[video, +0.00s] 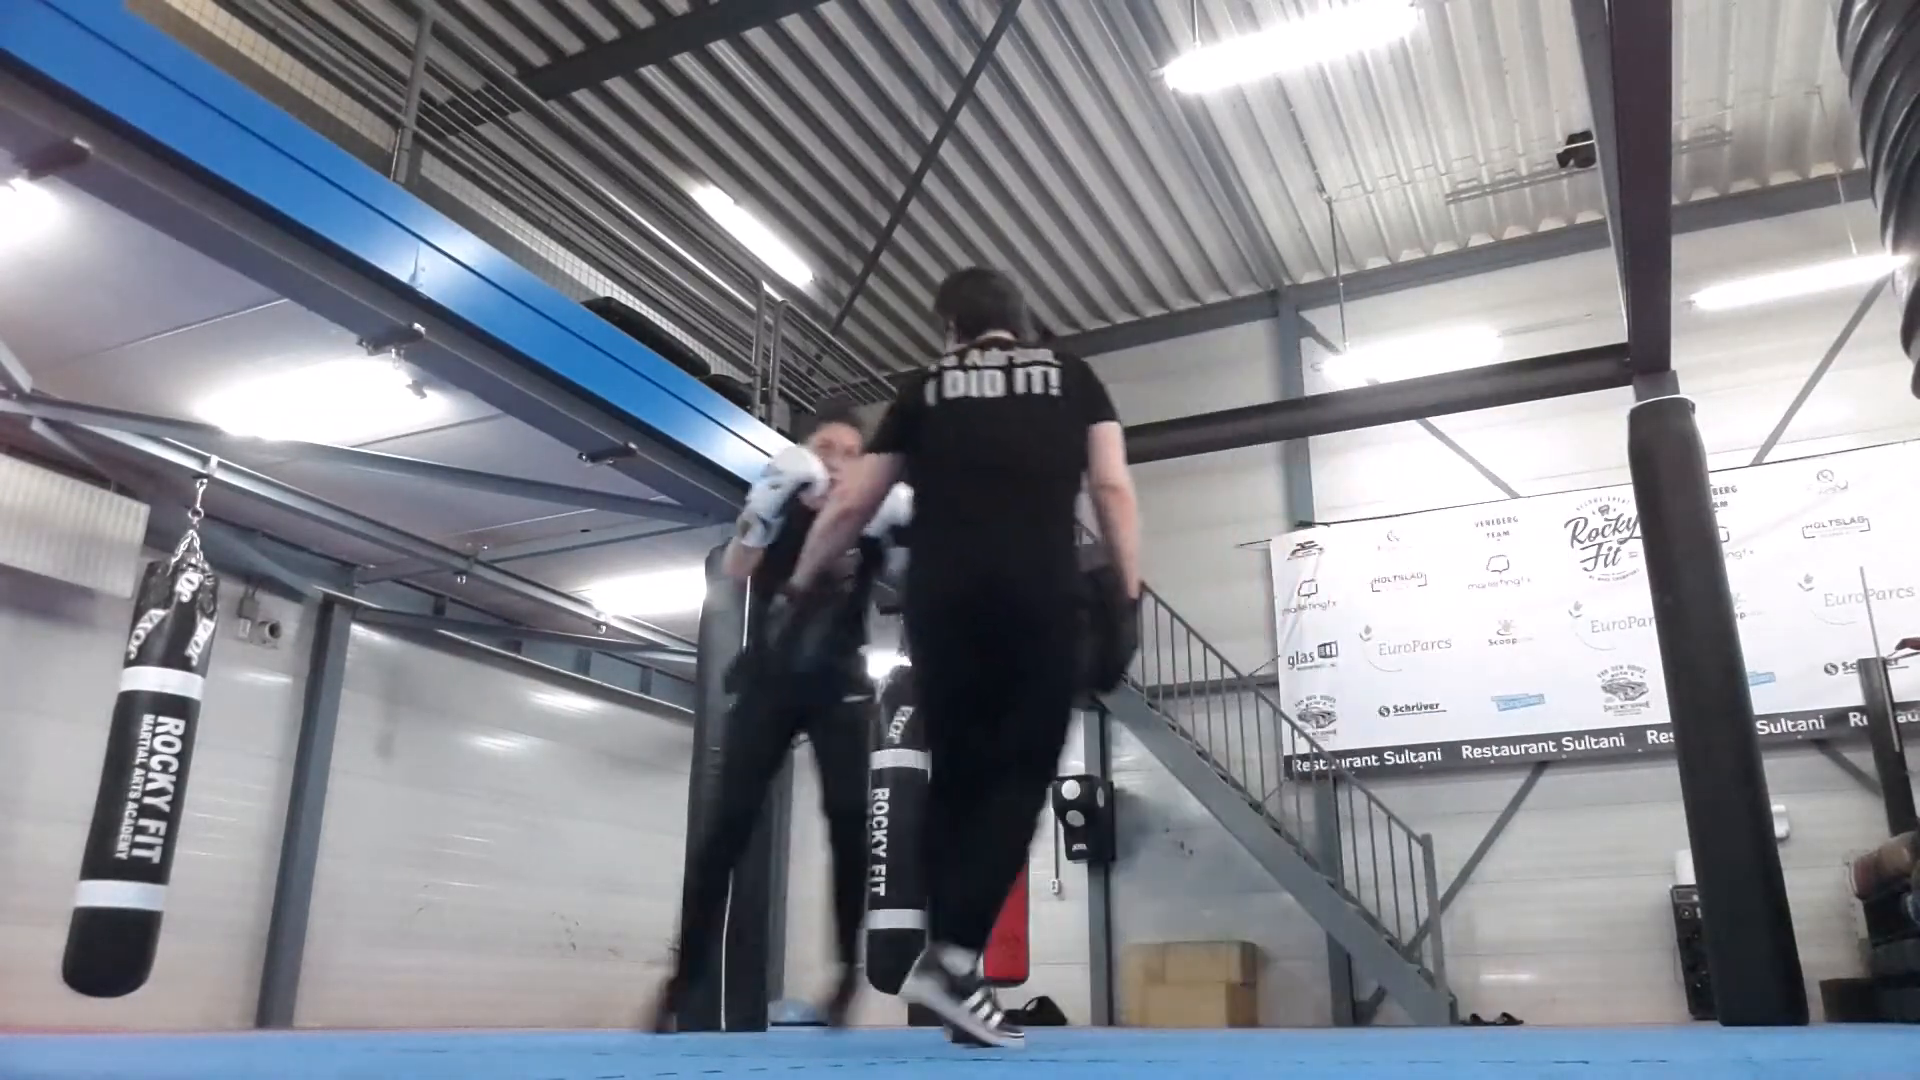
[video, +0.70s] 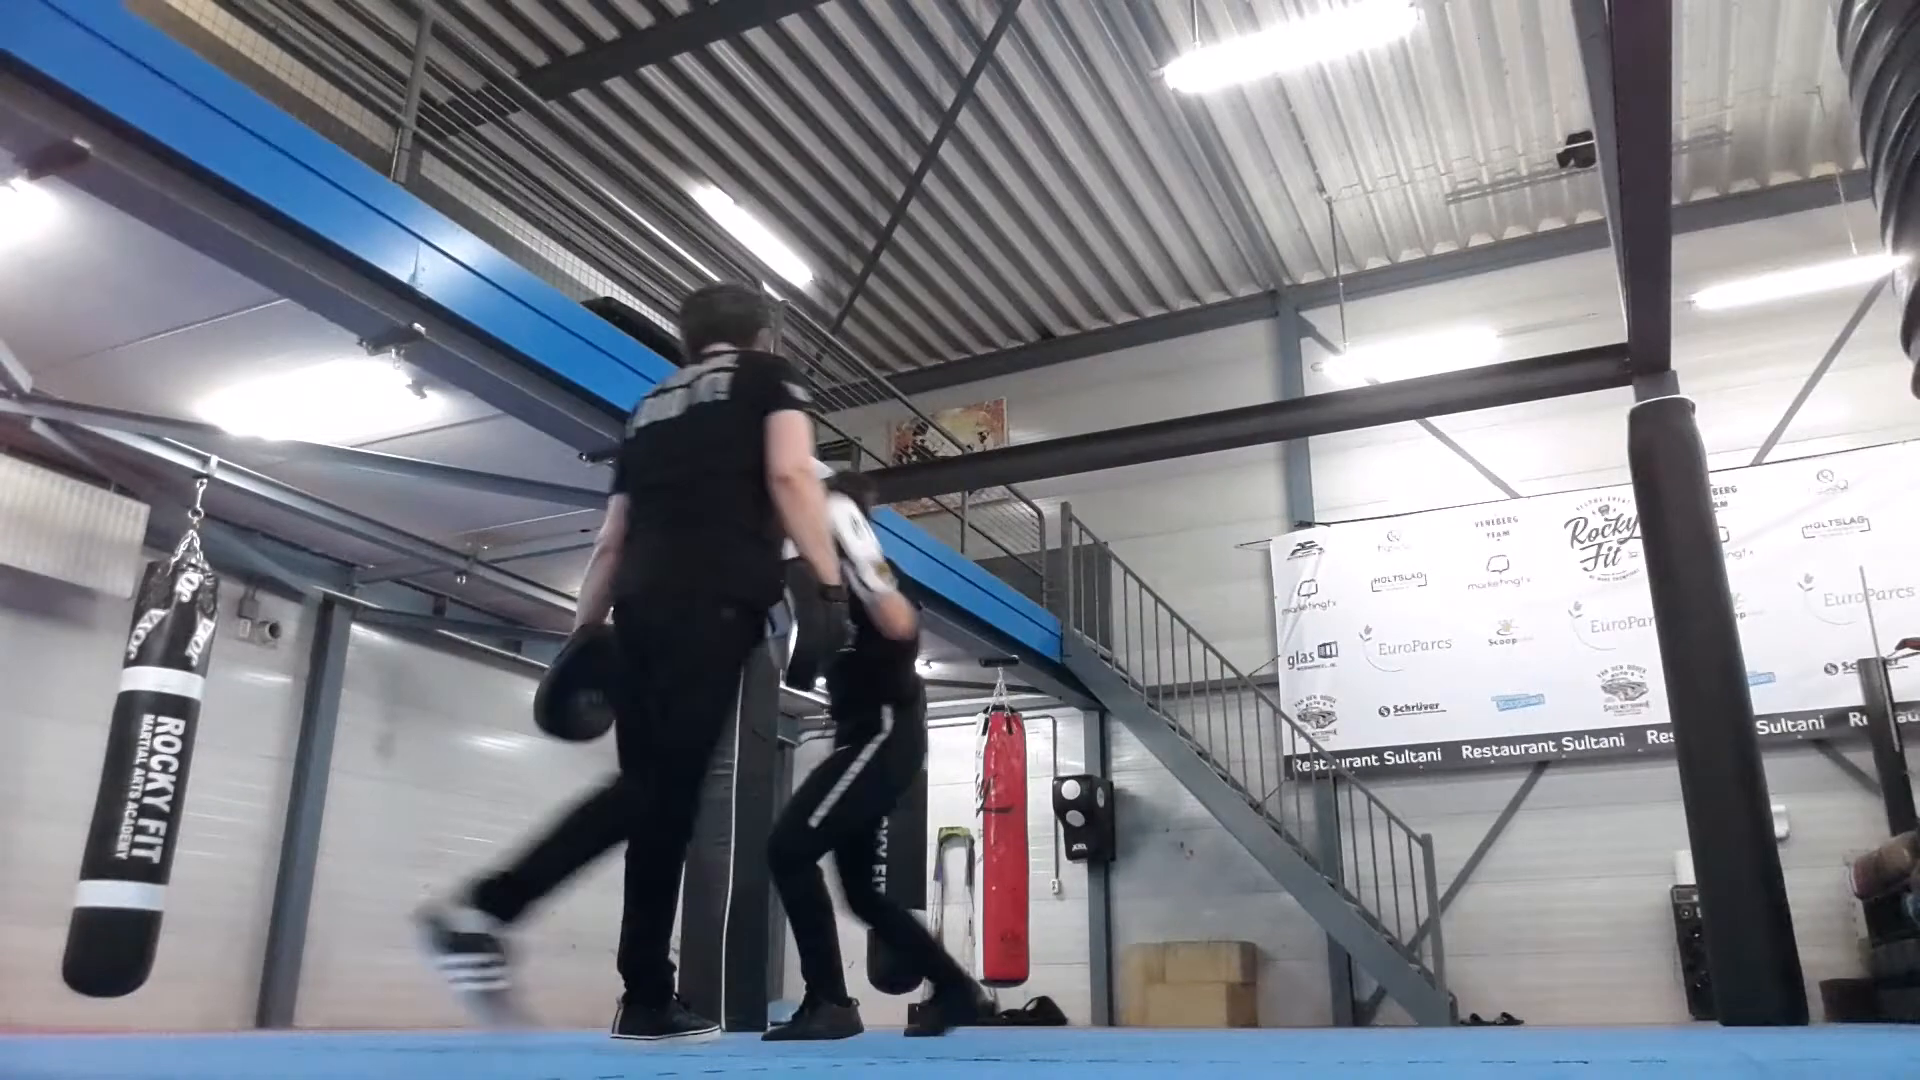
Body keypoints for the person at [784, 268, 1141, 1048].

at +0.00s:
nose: (941, 341)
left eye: (941, 330)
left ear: (951, 330)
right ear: (1019, 322)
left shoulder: (924, 390)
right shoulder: (1073, 375)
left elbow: (852, 501)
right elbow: (1111, 485)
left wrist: (800, 582)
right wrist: (1130, 592)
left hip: (942, 598)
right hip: (1040, 595)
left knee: (958, 771)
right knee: (1022, 778)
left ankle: (960, 977)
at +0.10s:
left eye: (928, 333)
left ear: (929, 338)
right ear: (997, 331)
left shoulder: (897, 396)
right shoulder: (1045, 388)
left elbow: (820, 504)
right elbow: (1091, 505)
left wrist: (758, 577)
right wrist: (1102, 612)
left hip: (900, 617)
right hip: (998, 622)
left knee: (892, 778)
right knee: (993, 806)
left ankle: (868, 964)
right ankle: (941, 985)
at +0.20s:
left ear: (898, 347)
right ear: (972, 343)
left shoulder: (859, 409)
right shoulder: (1005, 399)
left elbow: (764, 509)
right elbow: (1048, 517)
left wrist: (714, 572)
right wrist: (1067, 629)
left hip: (862, 631)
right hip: (959, 633)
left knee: (834, 799)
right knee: (988, 810)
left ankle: (762, 982)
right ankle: (934, 992)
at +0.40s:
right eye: (874, 350)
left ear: (806, 354)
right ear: (874, 353)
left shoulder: (765, 417)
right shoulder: (896, 402)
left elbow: (679, 508)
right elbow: (938, 498)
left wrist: (661, 546)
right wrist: (976, 615)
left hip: (762, 659)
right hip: (856, 654)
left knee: (716, 825)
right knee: (898, 808)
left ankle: (649, 1001)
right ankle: (920, 987)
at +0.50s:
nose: (839, 362)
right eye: (838, 351)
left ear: (762, 352)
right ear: (830, 354)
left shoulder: (720, 416)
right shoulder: (843, 401)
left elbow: (652, 511)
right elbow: (880, 496)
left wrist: (624, 573)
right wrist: (914, 601)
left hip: (710, 641)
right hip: (806, 637)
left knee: (697, 814)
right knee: (813, 807)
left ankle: (650, 999)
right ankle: (833, 986)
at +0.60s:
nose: (808, 351)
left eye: (803, 341)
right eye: (804, 340)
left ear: (725, 343)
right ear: (790, 343)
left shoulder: (685, 411)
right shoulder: (805, 392)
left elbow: (632, 529)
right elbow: (832, 486)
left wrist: (597, 612)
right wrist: (861, 596)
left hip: (670, 630)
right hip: (752, 627)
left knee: (672, 800)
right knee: (749, 786)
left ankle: (646, 985)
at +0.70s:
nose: (776, 343)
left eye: (772, 332)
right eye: (770, 332)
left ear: (692, 340)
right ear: (752, 336)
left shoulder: (651, 409)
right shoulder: (768, 382)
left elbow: (613, 539)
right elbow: (790, 475)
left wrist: (583, 633)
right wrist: (830, 590)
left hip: (641, 614)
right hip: (711, 618)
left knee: (654, 800)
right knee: (652, 796)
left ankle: (646, 1003)